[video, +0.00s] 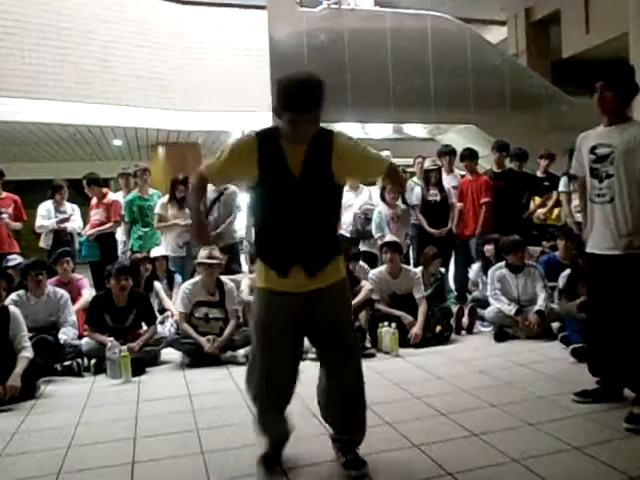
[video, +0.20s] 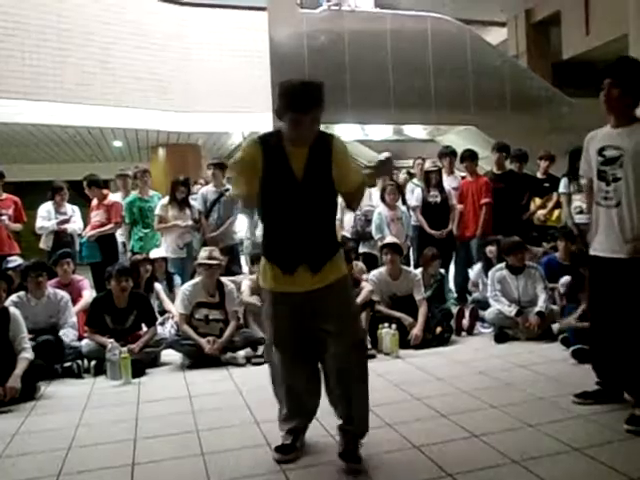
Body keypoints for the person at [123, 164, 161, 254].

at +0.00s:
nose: (144, 178)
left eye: (146, 175)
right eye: (141, 175)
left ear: (150, 177)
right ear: (135, 179)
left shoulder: (157, 196)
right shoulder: (129, 200)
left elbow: (161, 218)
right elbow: (127, 223)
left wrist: (164, 239)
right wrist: (128, 246)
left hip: (155, 240)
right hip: (138, 241)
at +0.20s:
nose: (145, 180)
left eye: (147, 176)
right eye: (141, 177)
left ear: (150, 179)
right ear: (136, 181)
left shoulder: (157, 197)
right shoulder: (129, 202)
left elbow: (161, 220)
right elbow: (127, 225)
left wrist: (164, 241)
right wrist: (127, 246)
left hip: (156, 242)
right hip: (138, 243)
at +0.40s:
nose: (148, 179)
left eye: (150, 176)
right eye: (145, 176)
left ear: (154, 178)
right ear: (140, 180)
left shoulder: (161, 197)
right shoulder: (134, 200)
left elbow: (165, 219)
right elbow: (131, 223)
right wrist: (130, 242)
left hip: (159, 241)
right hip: (141, 242)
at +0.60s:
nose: (157, 179)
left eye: (158, 175)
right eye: (153, 175)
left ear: (161, 177)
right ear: (147, 178)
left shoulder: (166, 194)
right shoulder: (140, 196)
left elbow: (171, 214)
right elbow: (138, 218)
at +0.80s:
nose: (153, 170)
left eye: (155, 167)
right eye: (150, 168)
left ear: (159, 169)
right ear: (145, 171)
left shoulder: (166, 188)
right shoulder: (138, 191)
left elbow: (169, 210)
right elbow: (136, 213)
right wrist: (134, 232)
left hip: (163, 232)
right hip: (146, 232)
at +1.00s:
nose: (146, 169)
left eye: (148, 166)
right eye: (142, 166)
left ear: (152, 168)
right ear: (137, 170)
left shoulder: (159, 187)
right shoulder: (132, 190)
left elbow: (163, 208)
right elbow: (129, 213)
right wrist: (127, 233)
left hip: (157, 230)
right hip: (139, 231)